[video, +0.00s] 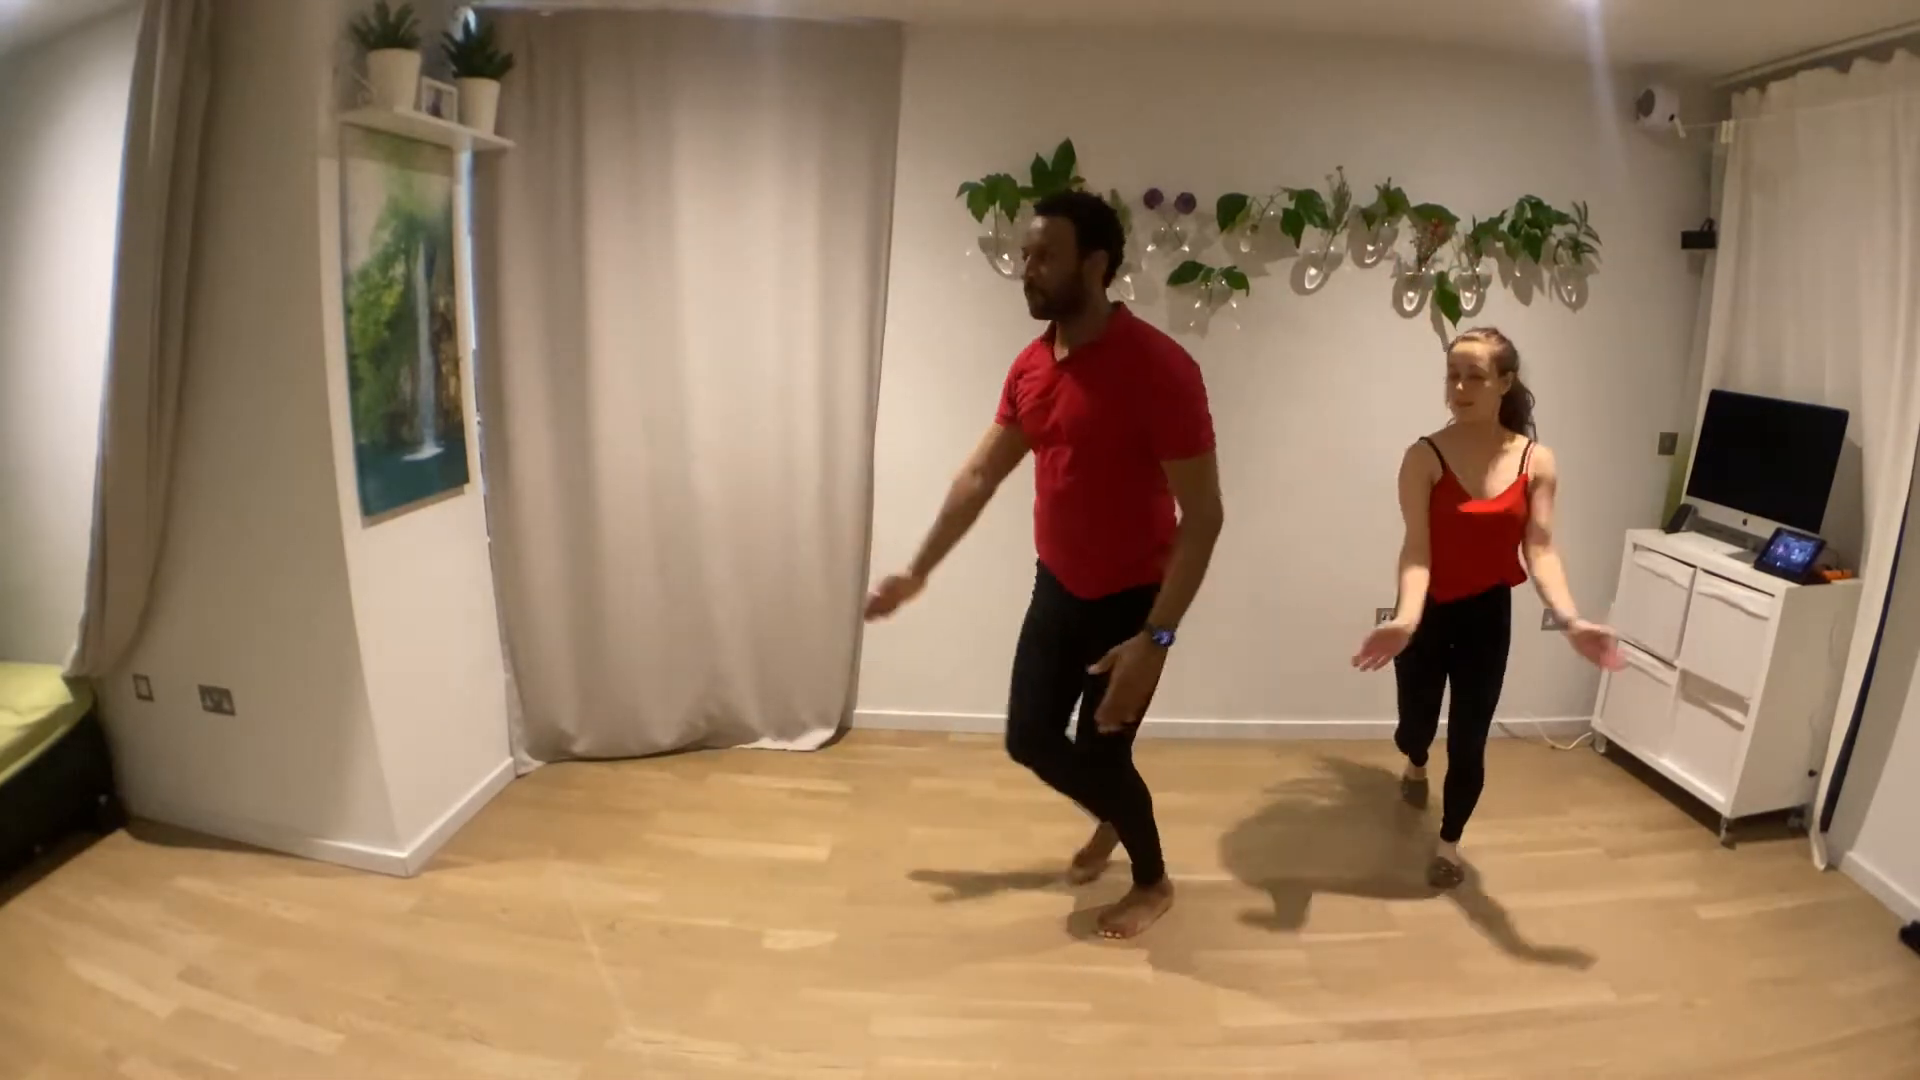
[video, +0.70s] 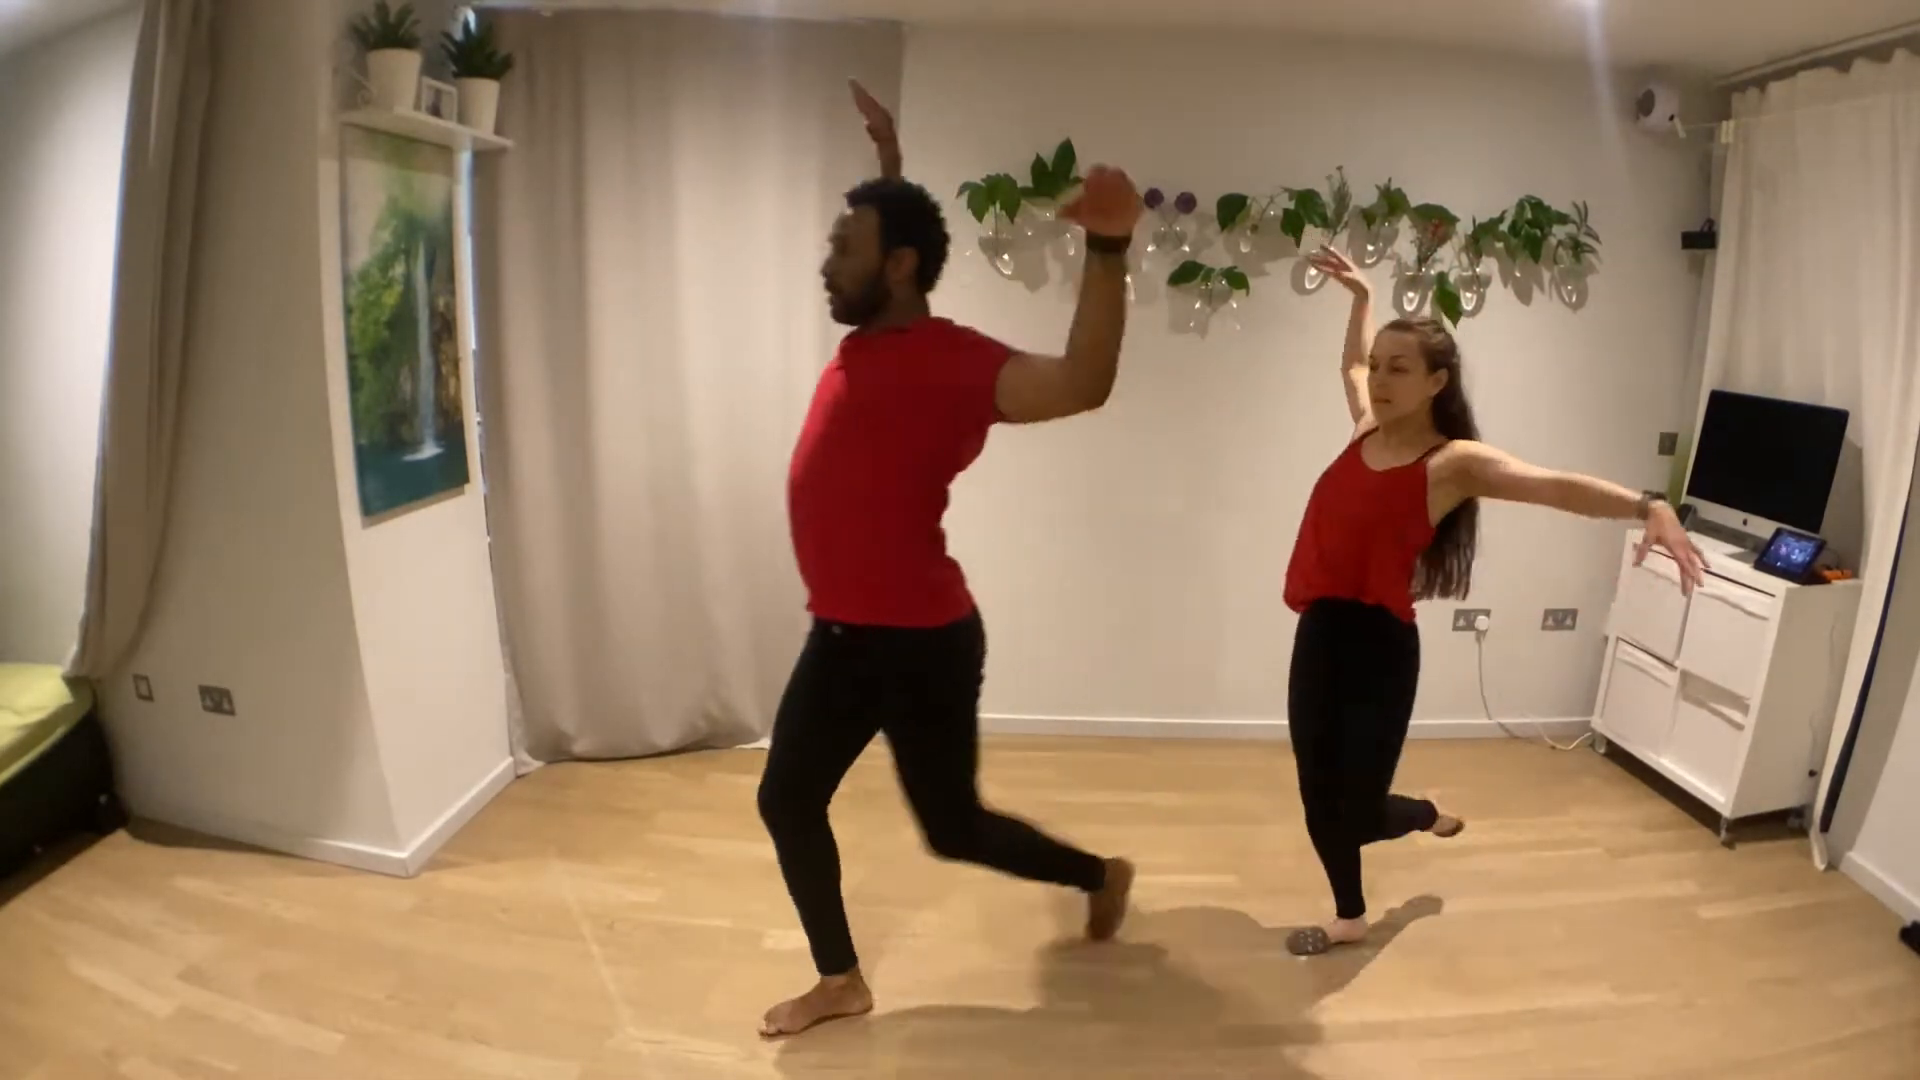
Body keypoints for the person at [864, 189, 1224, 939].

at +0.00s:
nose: (1025, 270)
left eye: (1044, 256)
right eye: (1024, 256)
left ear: (1099, 264)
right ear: (1030, 263)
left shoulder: (1161, 370)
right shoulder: (1036, 367)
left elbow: (1204, 516)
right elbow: (979, 475)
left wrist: (1156, 637)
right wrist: (917, 571)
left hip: (1133, 596)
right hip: (1059, 587)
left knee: (1100, 753)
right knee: (1030, 740)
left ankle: (1152, 881)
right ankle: (1119, 814)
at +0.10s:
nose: (1023, 269)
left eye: (1042, 256)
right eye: (1023, 255)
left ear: (1100, 267)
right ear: (1031, 261)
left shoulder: (1152, 370)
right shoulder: (1042, 364)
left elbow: (1170, 521)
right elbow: (992, 472)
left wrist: (1092, 634)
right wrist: (926, 569)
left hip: (1136, 598)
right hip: (1057, 587)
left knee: (1101, 758)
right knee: (992, 728)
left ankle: (1151, 885)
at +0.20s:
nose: (1014, 271)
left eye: (1033, 259)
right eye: (1017, 257)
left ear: (1087, 275)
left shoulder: (1137, 362)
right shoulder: (1031, 359)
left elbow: (1166, 485)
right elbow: (959, 414)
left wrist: (1072, 583)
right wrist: (887, 456)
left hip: (1125, 604)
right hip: (1045, 597)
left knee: (1095, 765)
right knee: (971, 750)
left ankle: (1152, 885)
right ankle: (876, 901)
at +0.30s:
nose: (996, 276)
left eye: (1015, 265)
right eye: (998, 261)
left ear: (1068, 281)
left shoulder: (1112, 356)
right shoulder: (1011, 339)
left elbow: (1175, 415)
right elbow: (945, 322)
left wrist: (1087, 489)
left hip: (1109, 612)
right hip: (1025, 604)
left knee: (1086, 777)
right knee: (930, 747)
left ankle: (1152, 882)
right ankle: (819, 899)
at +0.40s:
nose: (968, 276)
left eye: (987, 264)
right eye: (971, 261)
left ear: (1042, 279)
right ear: (979, 270)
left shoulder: (1084, 344)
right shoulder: (998, 325)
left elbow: (1178, 341)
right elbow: (958, 257)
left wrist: (1122, 373)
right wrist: (868, 218)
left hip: (1084, 620)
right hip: (997, 605)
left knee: (1072, 787)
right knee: (895, 747)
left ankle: (1152, 882)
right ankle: (821, 931)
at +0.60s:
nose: (881, 259)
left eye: (900, 245)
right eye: (885, 244)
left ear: (954, 264)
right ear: (928, 260)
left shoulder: (1010, 346)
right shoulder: (917, 335)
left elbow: (1137, 330)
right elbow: (926, 241)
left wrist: (1123, 231)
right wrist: (906, 137)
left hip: (982, 626)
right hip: (900, 622)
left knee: (1040, 779)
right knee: (829, 791)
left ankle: (1143, 868)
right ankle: (844, 976)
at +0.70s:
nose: (826, 258)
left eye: (844, 243)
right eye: (832, 240)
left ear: (899, 265)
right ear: (887, 266)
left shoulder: (951, 361)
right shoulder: (868, 344)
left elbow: (1084, 380)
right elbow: (892, 256)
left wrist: (1108, 249)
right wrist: (889, 166)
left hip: (928, 636)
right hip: (845, 632)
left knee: (953, 829)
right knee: (787, 801)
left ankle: (1101, 878)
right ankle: (840, 979)